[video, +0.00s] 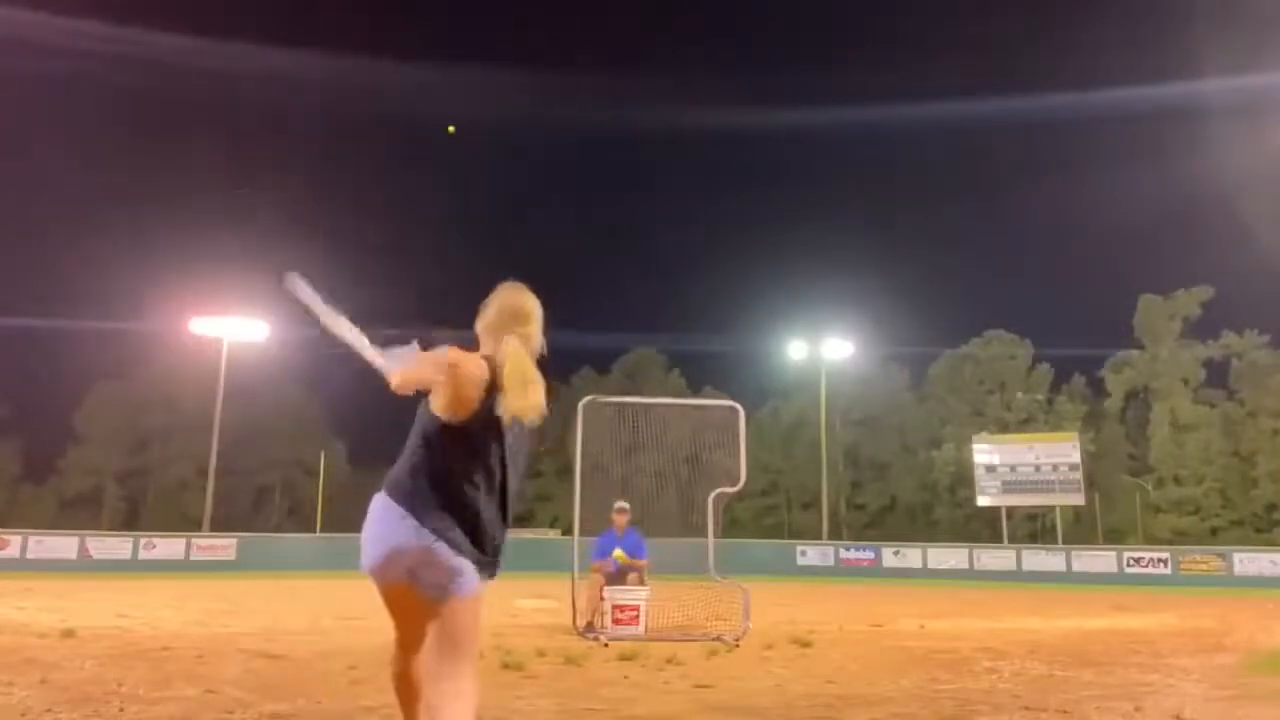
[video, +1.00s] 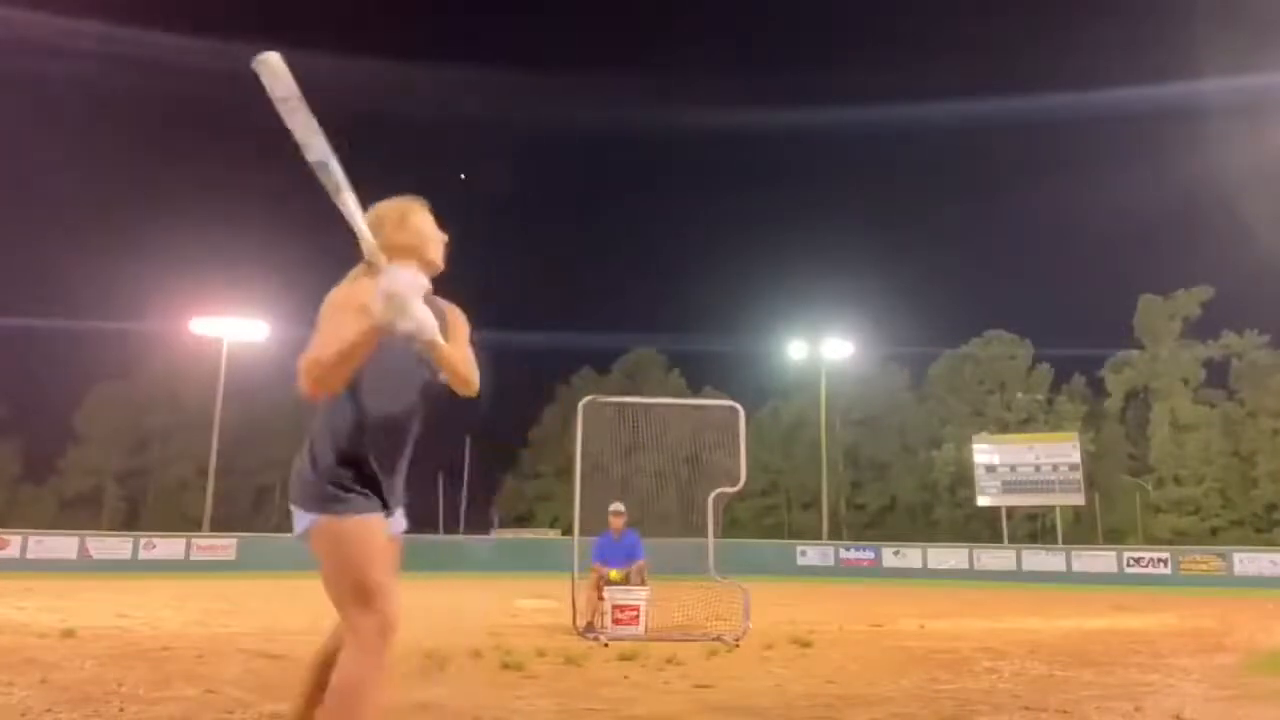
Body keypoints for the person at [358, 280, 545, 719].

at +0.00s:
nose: (539, 338)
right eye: (538, 329)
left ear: (482, 324)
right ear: (535, 335)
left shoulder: (456, 363)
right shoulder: (524, 385)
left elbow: (401, 379)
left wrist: (402, 360)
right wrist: (425, 359)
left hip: (395, 519)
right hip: (452, 540)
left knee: (410, 645)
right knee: (453, 671)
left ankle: (417, 716)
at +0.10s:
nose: (522, 332)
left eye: (522, 321)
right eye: (520, 321)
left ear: (464, 312)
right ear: (511, 325)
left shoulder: (421, 350)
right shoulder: (513, 388)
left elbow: (417, 395)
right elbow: (496, 463)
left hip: (383, 514)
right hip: (444, 536)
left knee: (407, 639)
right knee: (454, 659)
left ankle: (414, 715)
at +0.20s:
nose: (505, 324)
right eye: (503, 315)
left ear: (449, 308)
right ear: (498, 322)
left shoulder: (407, 350)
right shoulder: (500, 381)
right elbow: (498, 445)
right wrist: (502, 468)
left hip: (373, 509)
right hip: (433, 531)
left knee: (407, 635)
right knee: (450, 646)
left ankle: (413, 714)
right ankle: (440, 714)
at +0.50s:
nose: (482, 297)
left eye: (478, 289)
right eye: (475, 289)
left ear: (433, 300)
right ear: (456, 300)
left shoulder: (425, 349)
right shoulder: (436, 354)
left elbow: (483, 412)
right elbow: (441, 444)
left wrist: (538, 436)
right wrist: (521, 448)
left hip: (375, 503)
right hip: (397, 506)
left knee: (416, 626)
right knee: (426, 627)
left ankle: (401, 709)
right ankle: (393, 711)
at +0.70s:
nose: (468, 288)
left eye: (463, 278)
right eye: (458, 279)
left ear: (439, 294)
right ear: (433, 293)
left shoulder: (450, 357)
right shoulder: (398, 343)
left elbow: (487, 431)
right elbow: (385, 429)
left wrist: (495, 394)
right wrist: (464, 396)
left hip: (396, 518)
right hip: (364, 517)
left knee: (415, 647)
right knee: (414, 641)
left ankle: (400, 712)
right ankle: (377, 713)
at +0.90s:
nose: (452, 246)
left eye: (446, 235)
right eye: (438, 234)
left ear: (420, 247)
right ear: (404, 247)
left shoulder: (455, 324)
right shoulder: (370, 305)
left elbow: (473, 400)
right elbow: (328, 395)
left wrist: (447, 355)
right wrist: (397, 341)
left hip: (391, 498)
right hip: (341, 494)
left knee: (371, 634)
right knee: (386, 631)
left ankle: (355, 711)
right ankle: (358, 711)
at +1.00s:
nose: (443, 235)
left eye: (438, 225)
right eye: (431, 225)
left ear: (413, 238)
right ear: (397, 236)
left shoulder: (447, 314)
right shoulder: (356, 296)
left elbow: (468, 383)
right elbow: (316, 381)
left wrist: (426, 333)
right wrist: (380, 322)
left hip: (387, 492)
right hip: (334, 487)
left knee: (360, 625)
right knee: (373, 625)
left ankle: (309, 709)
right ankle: (341, 712)